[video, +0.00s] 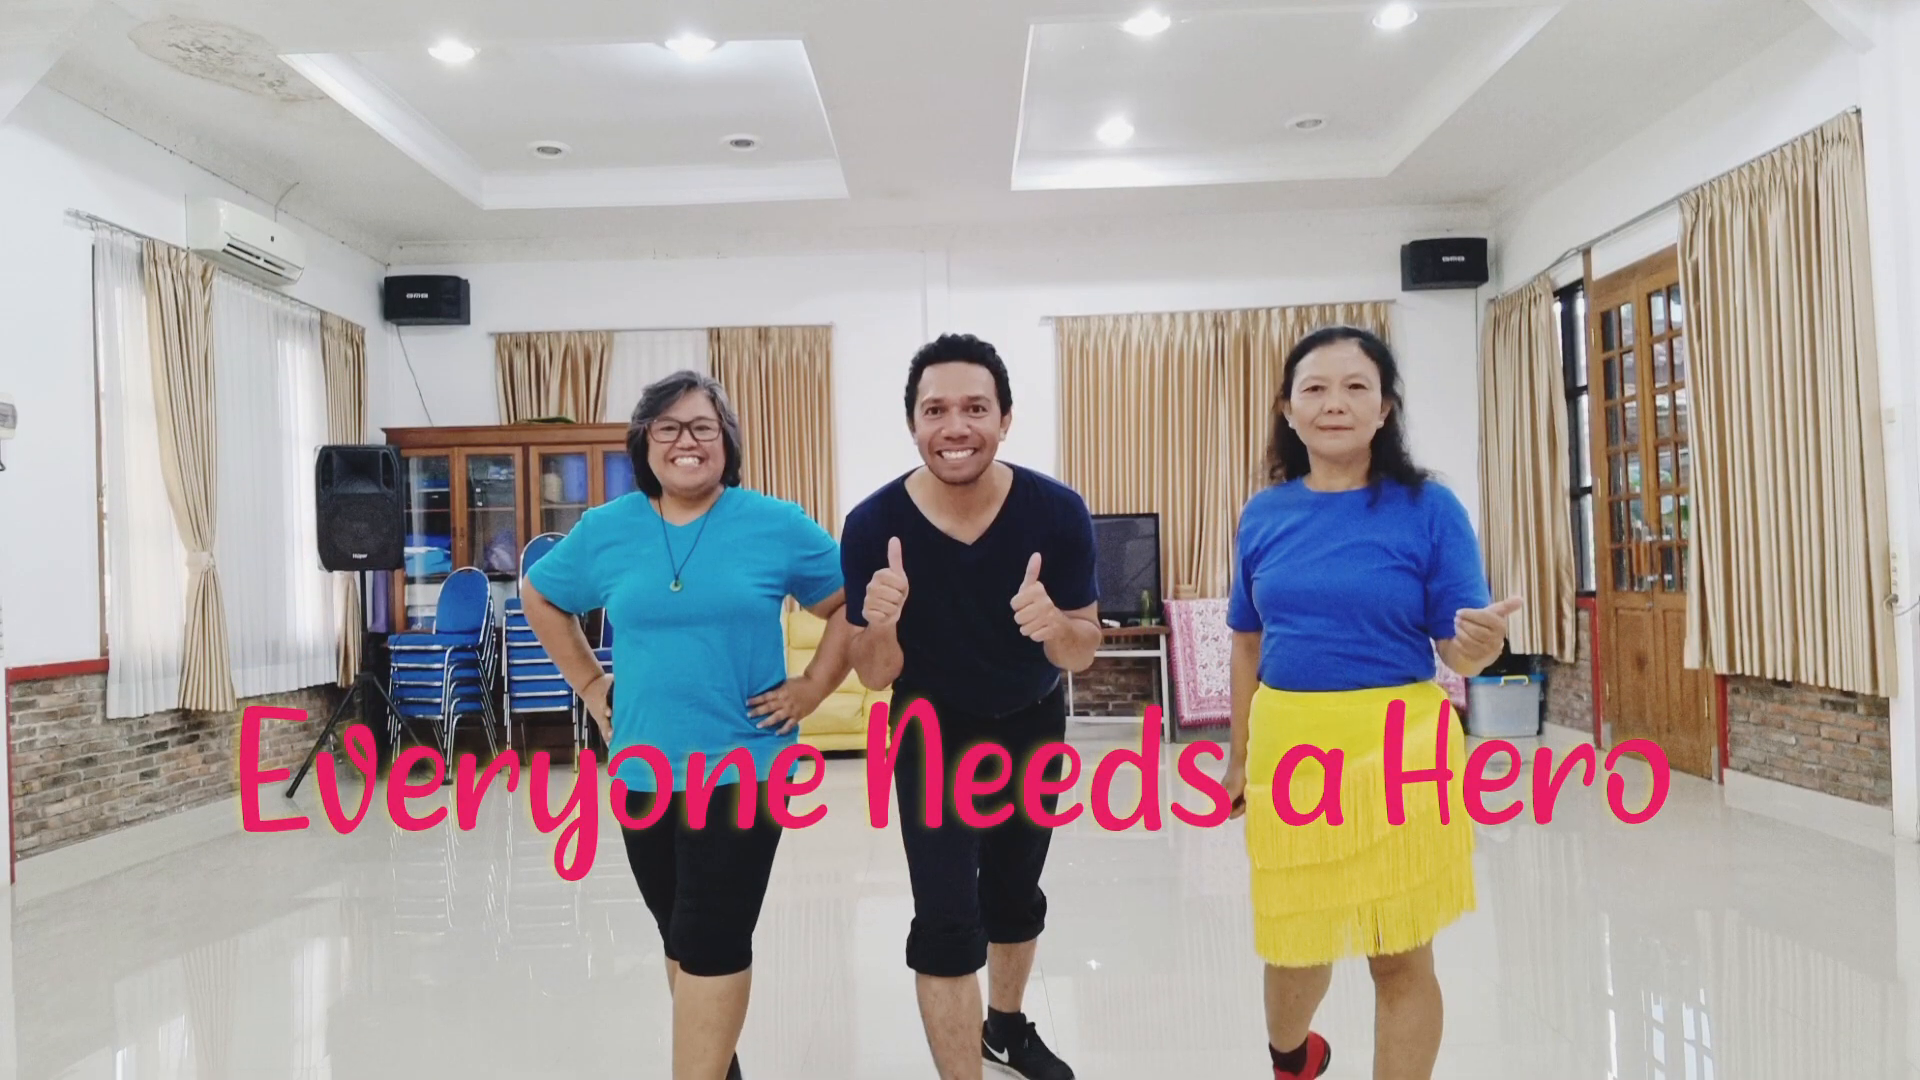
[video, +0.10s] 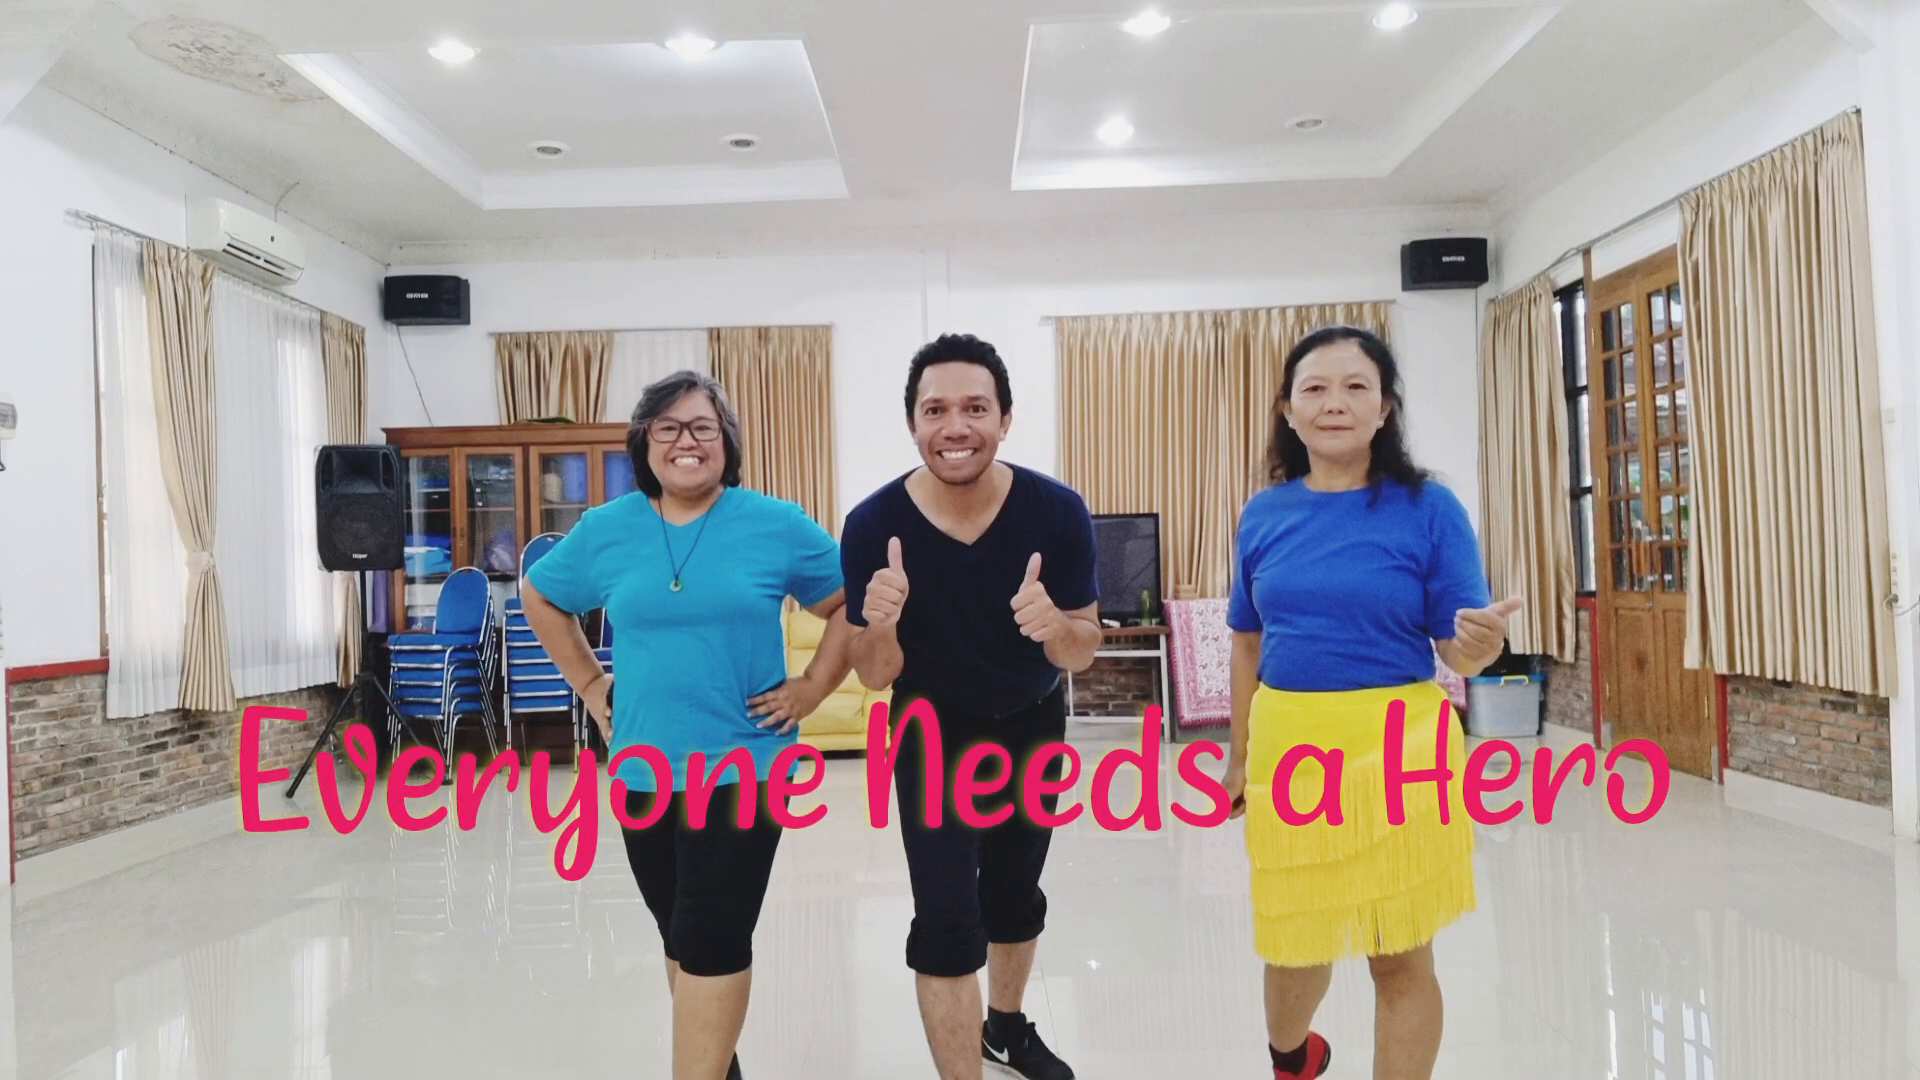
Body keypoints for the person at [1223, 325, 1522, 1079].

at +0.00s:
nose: (1334, 402)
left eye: (1354, 387)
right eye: (1314, 388)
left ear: (1385, 407)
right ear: (1290, 410)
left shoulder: (1428, 507)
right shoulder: (1265, 513)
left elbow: (1462, 651)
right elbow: (1248, 642)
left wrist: (1483, 639)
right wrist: (1239, 755)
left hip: (1400, 745)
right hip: (1289, 746)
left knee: (1397, 959)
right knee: (1293, 954)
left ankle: (1405, 1078)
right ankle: (1290, 1065)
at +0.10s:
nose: (1334, 402)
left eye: (1354, 387)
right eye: (1314, 388)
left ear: (1385, 407)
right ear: (1290, 410)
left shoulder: (1428, 507)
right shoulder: (1265, 513)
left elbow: (1462, 651)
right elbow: (1248, 642)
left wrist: (1483, 639)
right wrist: (1239, 755)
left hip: (1400, 745)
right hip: (1289, 746)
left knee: (1397, 959)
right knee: (1293, 954)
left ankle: (1405, 1078)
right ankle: (1290, 1065)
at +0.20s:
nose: (1334, 402)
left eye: (1354, 387)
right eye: (1314, 388)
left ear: (1385, 407)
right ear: (1290, 410)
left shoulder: (1428, 507)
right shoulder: (1265, 513)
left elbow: (1462, 651)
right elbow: (1248, 642)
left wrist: (1483, 639)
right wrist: (1239, 755)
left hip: (1400, 745)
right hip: (1289, 746)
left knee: (1397, 959)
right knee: (1293, 954)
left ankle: (1405, 1078)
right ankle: (1290, 1065)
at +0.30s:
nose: (1334, 402)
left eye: (1354, 387)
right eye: (1314, 388)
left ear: (1385, 407)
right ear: (1290, 410)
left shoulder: (1428, 507)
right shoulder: (1265, 513)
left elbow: (1462, 651)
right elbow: (1248, 642)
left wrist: (1483, 639)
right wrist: (1239, 755)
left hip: (1400, 745)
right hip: (1289, 745)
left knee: (1397, 959)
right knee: (1293, 954)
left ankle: (1405, 1078)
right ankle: (1290, 1065)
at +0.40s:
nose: (1334, 402)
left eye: (1354, 387)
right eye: (1314, 388)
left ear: (1385, 407)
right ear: (1290, 410)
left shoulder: (1428, 507)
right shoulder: (1265, 513)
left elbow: (1462, 651)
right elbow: (1248, 642)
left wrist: (1483, 639)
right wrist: (1239, 755)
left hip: (1400, 745)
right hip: (1289, 745)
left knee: (1397, 959)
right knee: (1293, 954)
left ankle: (1405, 1078)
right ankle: (1290, 1065)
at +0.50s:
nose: (1334, 402)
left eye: (1354, 387)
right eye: (1314, 388)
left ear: (1385, 407)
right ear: (1290, 410)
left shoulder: (1428, 507)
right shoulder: (1265, 513)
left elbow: (1462, 651)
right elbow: (1248, 642)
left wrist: (1483, 639)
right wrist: (1239, 755)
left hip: (1400, 745)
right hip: (1289, 745)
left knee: (1397, 959)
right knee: (1293, 954)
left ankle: (1405, 1078)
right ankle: (1290, 1065)